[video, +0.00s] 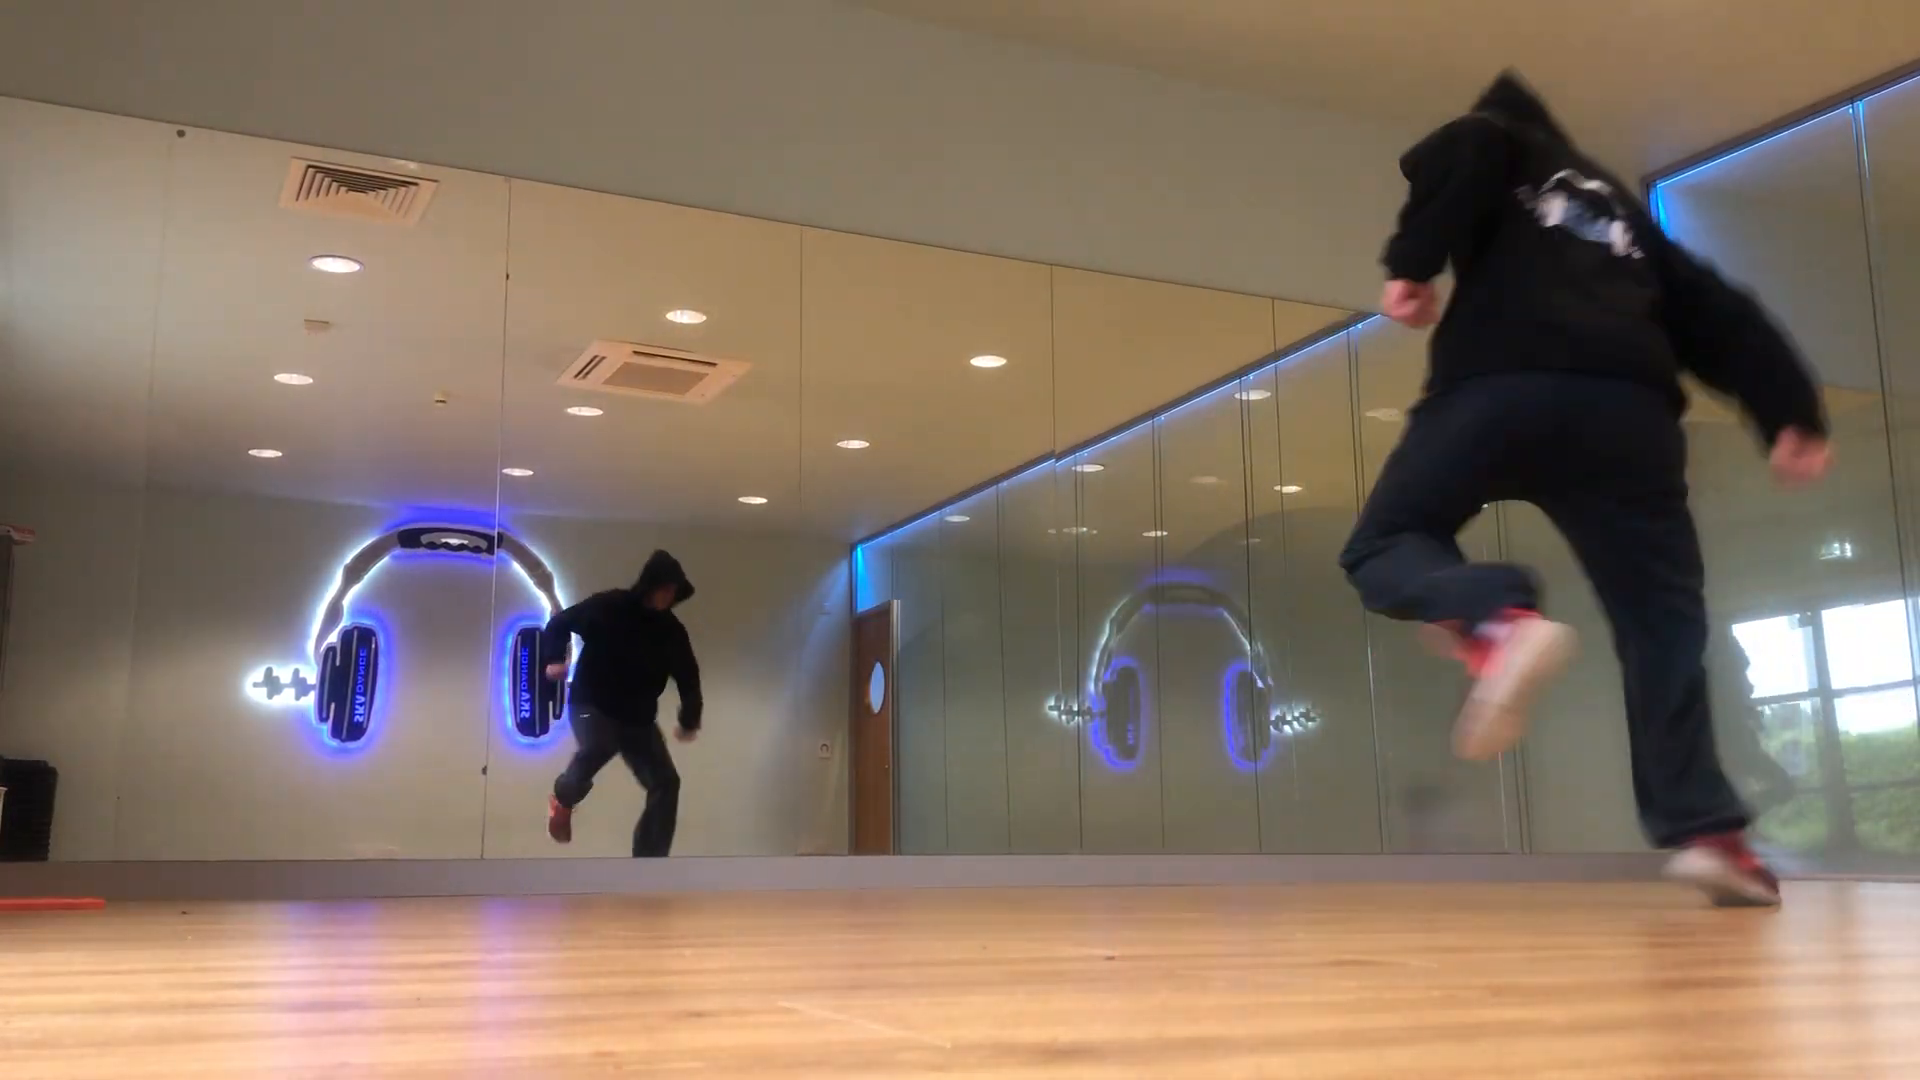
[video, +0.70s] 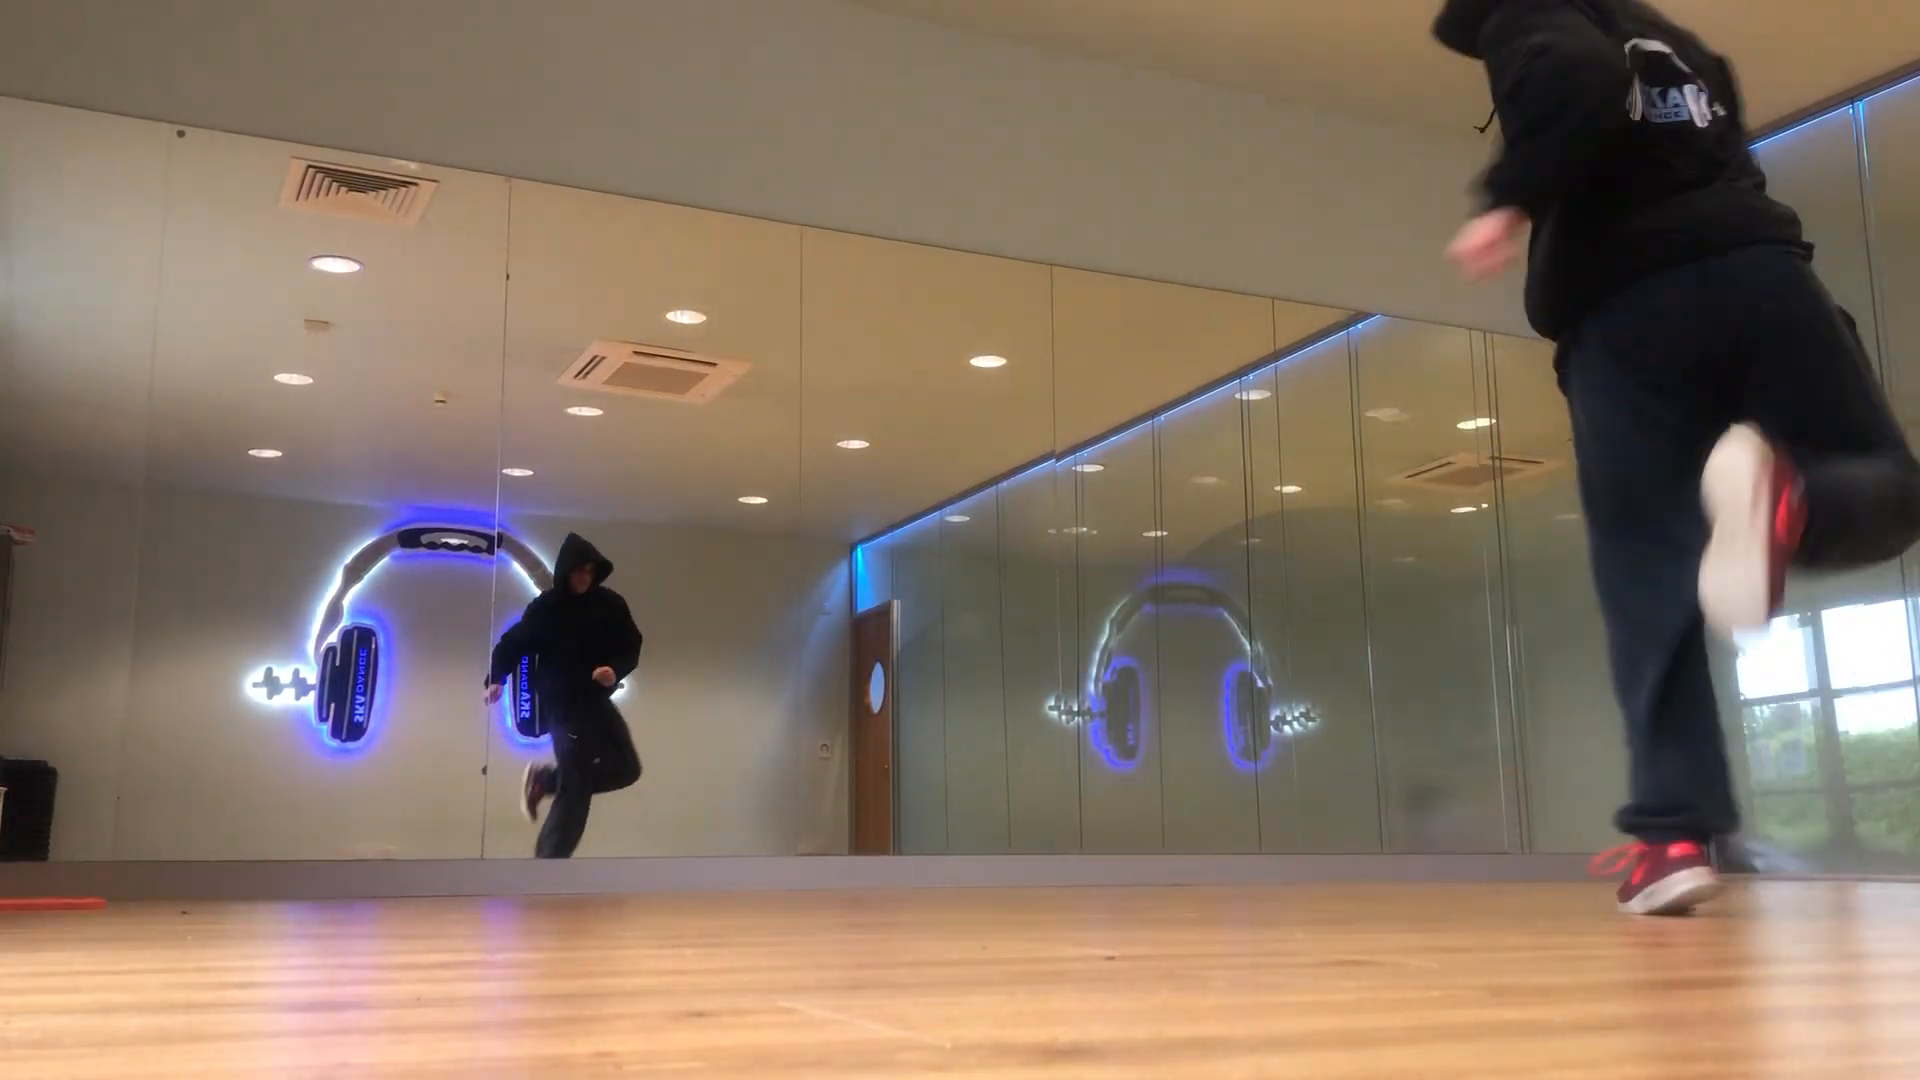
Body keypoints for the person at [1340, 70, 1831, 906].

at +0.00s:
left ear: (1492, 131)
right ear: (1559, 146)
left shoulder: (1487, 144)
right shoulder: (1633, 224)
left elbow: (1461, 162)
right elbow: (1719, 311)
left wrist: (1410, 266)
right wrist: (1790, 409)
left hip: (1495, 394)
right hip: (1628, 418)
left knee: (1386, 547)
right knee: (1663, 623)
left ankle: (1498, 622)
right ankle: (1705, 830)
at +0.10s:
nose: (1473, 116)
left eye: (1475, 101)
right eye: (1475, 104)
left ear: (1491, 84)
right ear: (1558, 80)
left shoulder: (1513, 97)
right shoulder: (1633, 167)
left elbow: (1454, 162)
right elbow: (1725, 236)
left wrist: (1391, 243)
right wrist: (1790, 307)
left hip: (1570, 381)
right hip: (1663, 386)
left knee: (1444, 568)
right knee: (1627, 594)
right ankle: (1763, 817)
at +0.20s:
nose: (1465, 163)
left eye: (1464, 146)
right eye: (1461, 152)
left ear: (1480, 112)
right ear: (1522, 88)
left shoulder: (1537, 133)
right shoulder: (1588, 146)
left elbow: (1434, 259)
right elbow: (1696, 238)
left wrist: (1428, 214)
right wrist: (1770, 312)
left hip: (1645, 392)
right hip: (1697, 390)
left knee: (1565, 592)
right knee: (1640, 623)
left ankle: (1704, 821)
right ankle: (1789, 829)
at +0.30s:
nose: (1425, 238)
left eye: (1418, 220)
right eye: (1415, 226)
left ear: (1425, 174)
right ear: (1451, 144)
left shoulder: (1492, 174)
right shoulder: (1530, 167)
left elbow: (1474, 344)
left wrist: (1444, 303)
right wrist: (1649, 423)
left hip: (1725, 363)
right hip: (1755, 355)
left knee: (1665, 592)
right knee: (1704, 604)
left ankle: (1754, 845)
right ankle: (1813, 828)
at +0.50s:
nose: (1422, 184)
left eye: (1417, 165)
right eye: (1417, 169)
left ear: (1424, 128)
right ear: (1477, 90)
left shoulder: (1475, 137)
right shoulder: (1566, 134)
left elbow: (1550, 193)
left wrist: (1567, 307)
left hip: (1709, 357)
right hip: (1786, 334)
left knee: (1627, 601)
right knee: (1858, 532)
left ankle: (1760, 839)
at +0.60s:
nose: (1441, 81)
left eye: (1445, 61)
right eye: (1441, 68)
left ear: (1462, 32)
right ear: (1532, 11)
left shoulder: (1492, 46)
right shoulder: (1608, 60)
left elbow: (1569, 81)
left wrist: (1614, 152)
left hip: (1661, 331)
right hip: (1771, 301)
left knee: (1647, 605)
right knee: (1869, 487)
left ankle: (1732, 831)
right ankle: (1899, 397)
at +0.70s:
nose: (1464, 34)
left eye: (1469, 25)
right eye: (1465, 29)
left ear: (1486, 5)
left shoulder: (1513, 15)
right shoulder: (1668, 32)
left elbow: (1574, 74)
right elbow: (1720, 129)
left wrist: (1509, 200)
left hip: (1627, 309)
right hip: (1761, 272)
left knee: (1645, 570)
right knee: (1891, 485)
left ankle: (1676, 833)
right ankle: (1792, 506)